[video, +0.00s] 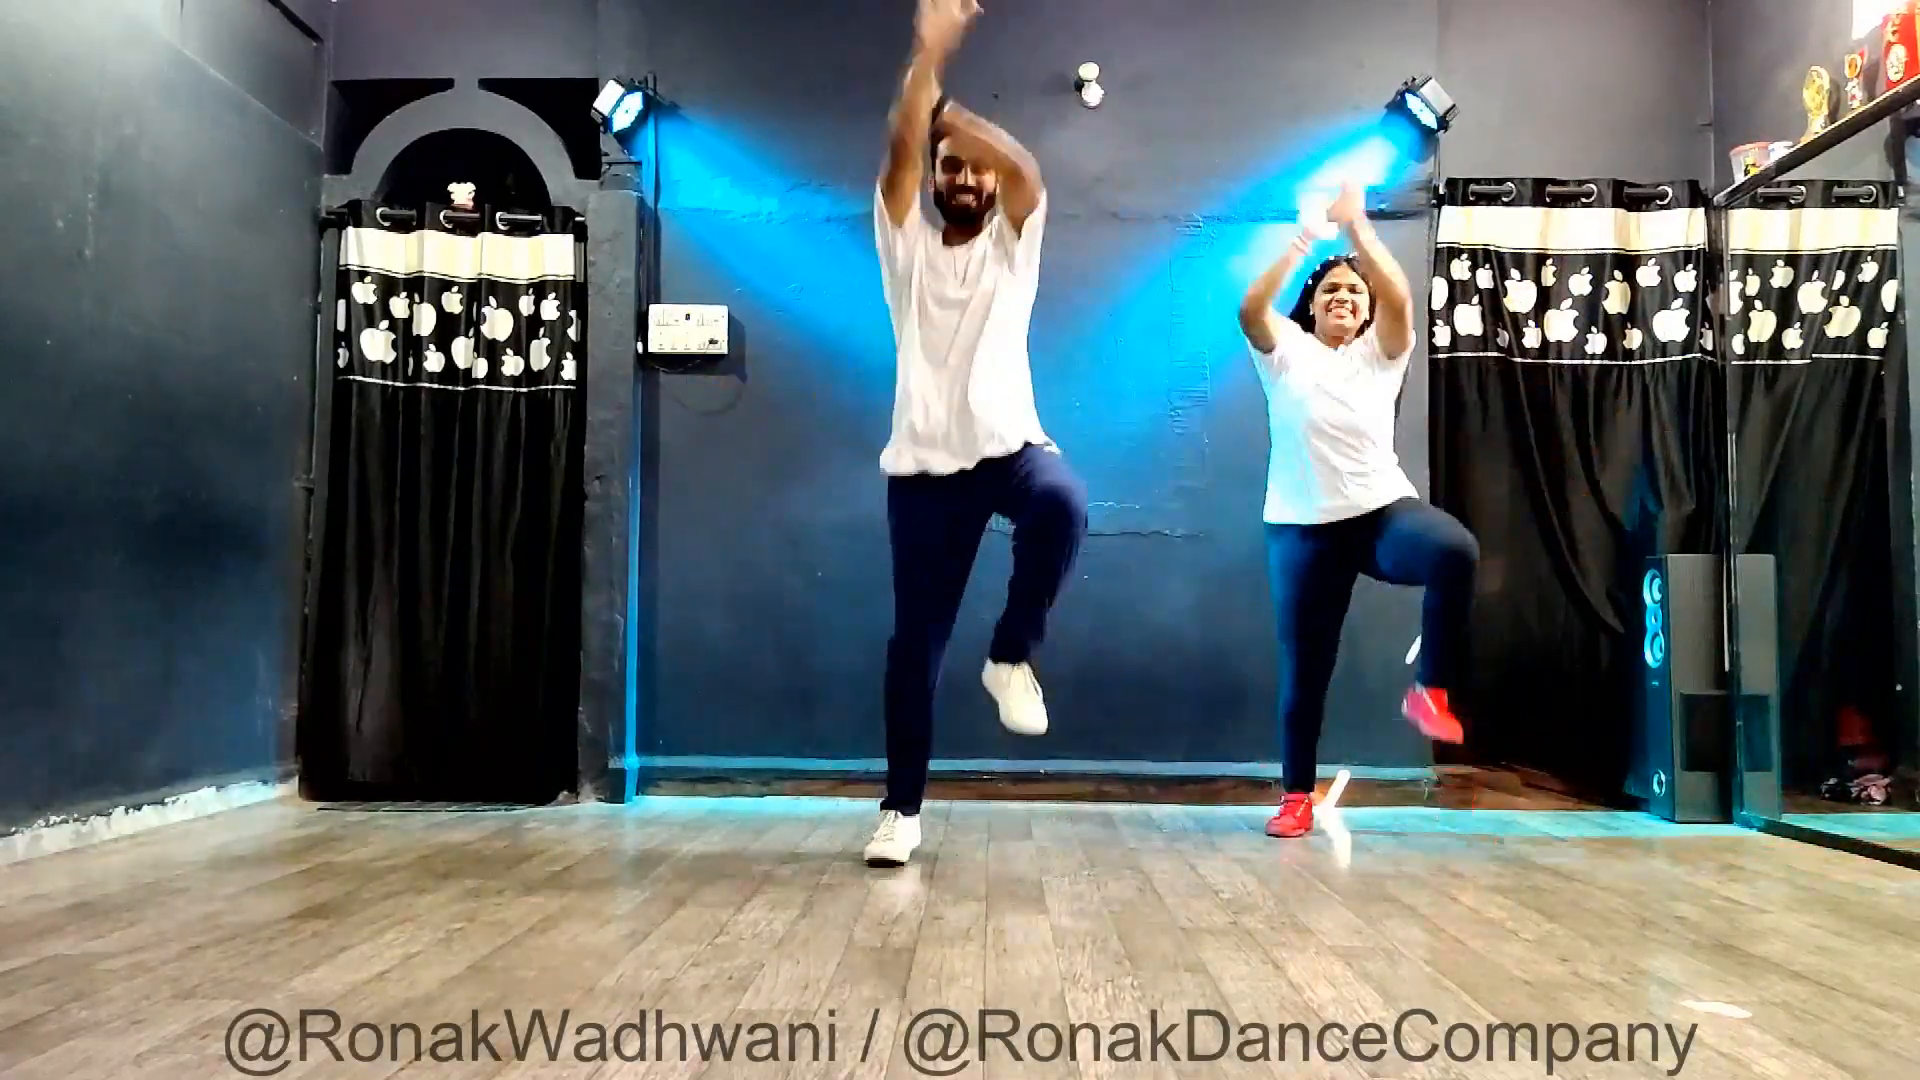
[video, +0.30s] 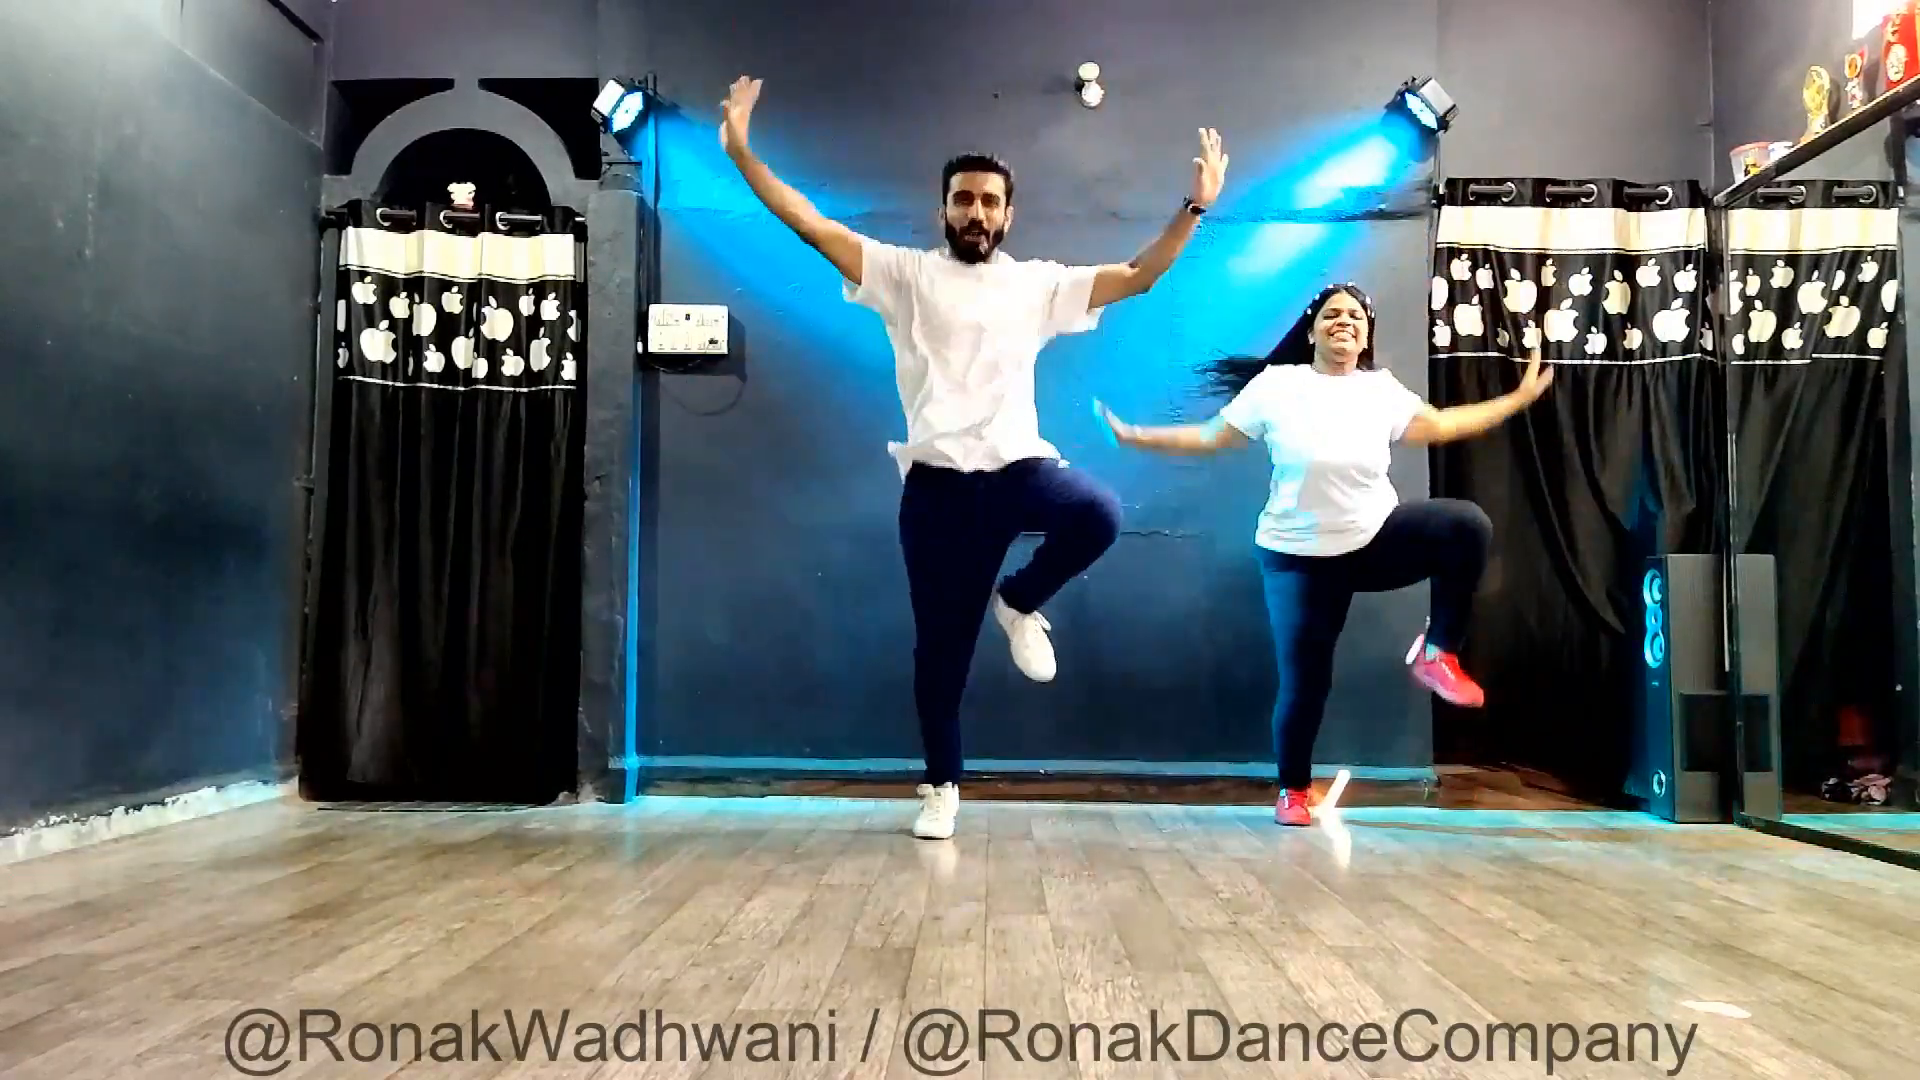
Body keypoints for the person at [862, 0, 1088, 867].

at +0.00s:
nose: (962, 181)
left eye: (976, 169)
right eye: (950, 168)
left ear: (998, 184)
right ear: (931, 178)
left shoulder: (1011, 243)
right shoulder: (904, 240)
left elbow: (1021, 170)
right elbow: (906, 146)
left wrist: (945, 104)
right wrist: (930, 50)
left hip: (1010, 448)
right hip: (927, 460)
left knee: (1060, 506)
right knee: (915, 645)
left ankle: (1011, 658)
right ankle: (900, 810)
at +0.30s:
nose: (976, 211)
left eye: (990, 201)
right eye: (963, 199)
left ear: (1007, 213)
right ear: (943, 209)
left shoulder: (1036, 284)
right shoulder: (907, 272)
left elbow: (1135, 276)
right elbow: (812, 226)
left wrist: (1196, 209)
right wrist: (741, 153)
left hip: (1024, 469)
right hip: (941, 481)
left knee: (1098, 520)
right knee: (942, 645)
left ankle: (1017, 602)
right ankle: (942, 786)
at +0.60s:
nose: (1067, 280)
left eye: (1076, 270)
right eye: (1056, 265)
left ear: (1083, 276)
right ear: (1019, 258)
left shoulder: (1078, 340)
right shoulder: (976, 301)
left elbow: (1152, 389)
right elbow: (966, 325)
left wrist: (1229, 422)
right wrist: (1064, 297)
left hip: (1024, 511)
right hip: (952, 490)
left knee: (1061, 655)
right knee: (1010, 568)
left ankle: (1012, 808)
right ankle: (925, 647)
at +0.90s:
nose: (1042, 297)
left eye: (1057, 289)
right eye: (1032, 282)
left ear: (1070, 303)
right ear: (1009, 289)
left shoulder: (1062, 389)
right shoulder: (988, 356)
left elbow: (1132, 450)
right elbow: (993, 434)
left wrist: (1211, 460)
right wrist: (1043, 363)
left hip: (1025, 552)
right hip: (983, 547)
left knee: (1104, 676)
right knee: (1094, 668)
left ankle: (1012, 811)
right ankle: (1049, 840)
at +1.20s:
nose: (978, 163)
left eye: (994, 155)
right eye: (968, 150)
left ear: (1012, 171)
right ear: (947, 157)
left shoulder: (1034, 242)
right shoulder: (905, 218)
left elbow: (1093, 318)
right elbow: (799, 234)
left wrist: (1115, 275)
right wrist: (768, 172)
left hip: (1008, 454)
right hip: (925, 448)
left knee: (1068, 584)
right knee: (920, 600)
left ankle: (990, 688)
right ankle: (880, 760)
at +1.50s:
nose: (999, 255)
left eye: (997, 243)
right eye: (986, 241)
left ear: (966, 252)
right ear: (946, 248)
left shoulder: (997, 320)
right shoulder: (861, 303)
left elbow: (1104, 328)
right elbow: (763, 309)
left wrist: (1056, 329)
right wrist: (659, 303)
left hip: (946, 499)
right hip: (867, 519)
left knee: (1065, 488)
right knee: (856, 677)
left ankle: (1037, 648)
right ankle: (841, 814)